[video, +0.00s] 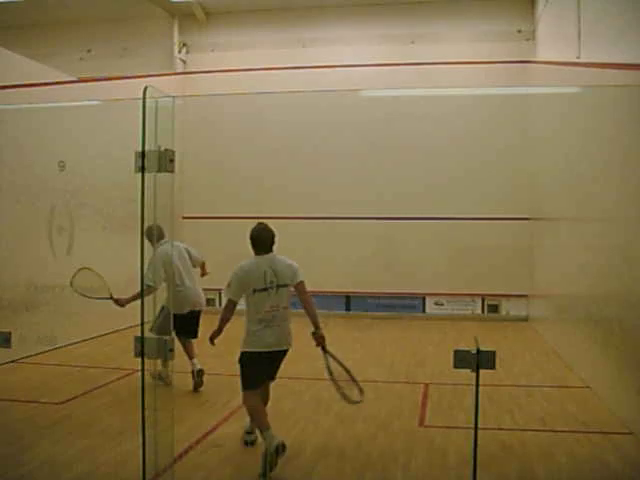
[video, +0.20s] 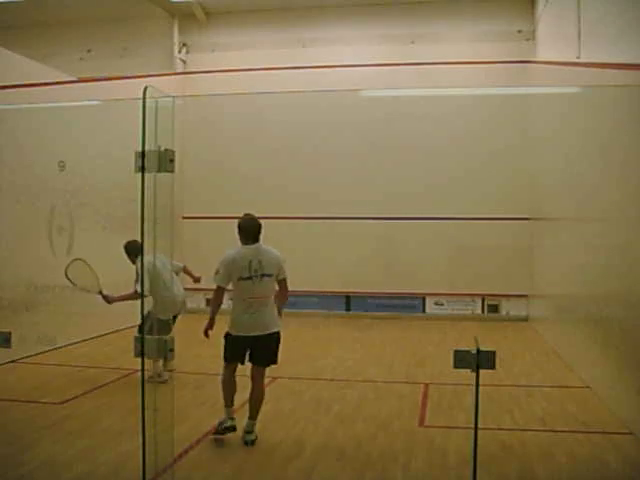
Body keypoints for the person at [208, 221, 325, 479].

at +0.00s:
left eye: (254, 241)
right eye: (268, 240)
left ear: (251, 244)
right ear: (274, 243)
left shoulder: (244, 272)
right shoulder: (288, 267)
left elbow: (229, 308)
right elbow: (305, 299)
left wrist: (218, 330)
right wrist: (317, 329)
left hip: (255, 346)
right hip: (281, 343)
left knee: (250, 395)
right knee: (264, 386)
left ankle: (271, 441)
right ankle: (251, 429)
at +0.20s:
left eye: (240, 229)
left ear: (238, 233)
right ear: (260, 232)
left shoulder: (230, 260)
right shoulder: (274, 257)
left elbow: (218, 294)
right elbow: (283, 292)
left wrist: (211, 319)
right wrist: (275, 312)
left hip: (238, 331)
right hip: (268, 330)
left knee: (229, 370)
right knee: (258, 376)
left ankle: (229, 417)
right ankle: (250, 428)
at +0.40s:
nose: (230, 238)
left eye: (229, 234)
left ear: (227, 236)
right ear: (247, 235)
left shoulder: (219, 262)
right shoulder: (262, 258)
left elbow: (207, 295)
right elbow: (273, 286)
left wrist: (199, 323)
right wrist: (254, 285)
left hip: (228, 329)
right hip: (255, 328)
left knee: (225, 366)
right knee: (251, 373)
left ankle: (223, 407)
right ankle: (249, 423)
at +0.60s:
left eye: (223, 228)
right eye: (236, 227)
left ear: (222, 231)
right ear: (240, 230)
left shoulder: (214, 254)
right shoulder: (252, 250)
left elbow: (203, 286)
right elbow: (267, 277)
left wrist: (199, 314)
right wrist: (267, 289)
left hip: (225, 320)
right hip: (251, 317)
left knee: (223, 359)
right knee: (258, 357)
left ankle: (224, 403)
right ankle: (247, 399)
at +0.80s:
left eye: (230, 243)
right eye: (241, 242)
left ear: (226, 245)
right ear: (244, 244)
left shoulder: (215, 266)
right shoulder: (255, 265)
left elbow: (205, 294)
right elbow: (266, 292)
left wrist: (206, 316)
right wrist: (271, 312)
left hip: (222, 324)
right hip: (249, 323)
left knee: (213, 356)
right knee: (270, 358)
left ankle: (198, 395)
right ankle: (285, 400)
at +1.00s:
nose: (268, 263)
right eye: (267, 260)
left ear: (250, 262)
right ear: (267, 262)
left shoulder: (236, 281)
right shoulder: (272, 285)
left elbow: (223, 311)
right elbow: (282, 317)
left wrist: (236, 326)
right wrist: (292, 344)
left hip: (236, 340)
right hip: (261, 341)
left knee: (221, 364)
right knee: (285, 358)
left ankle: (198, 398)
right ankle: (292, 401)